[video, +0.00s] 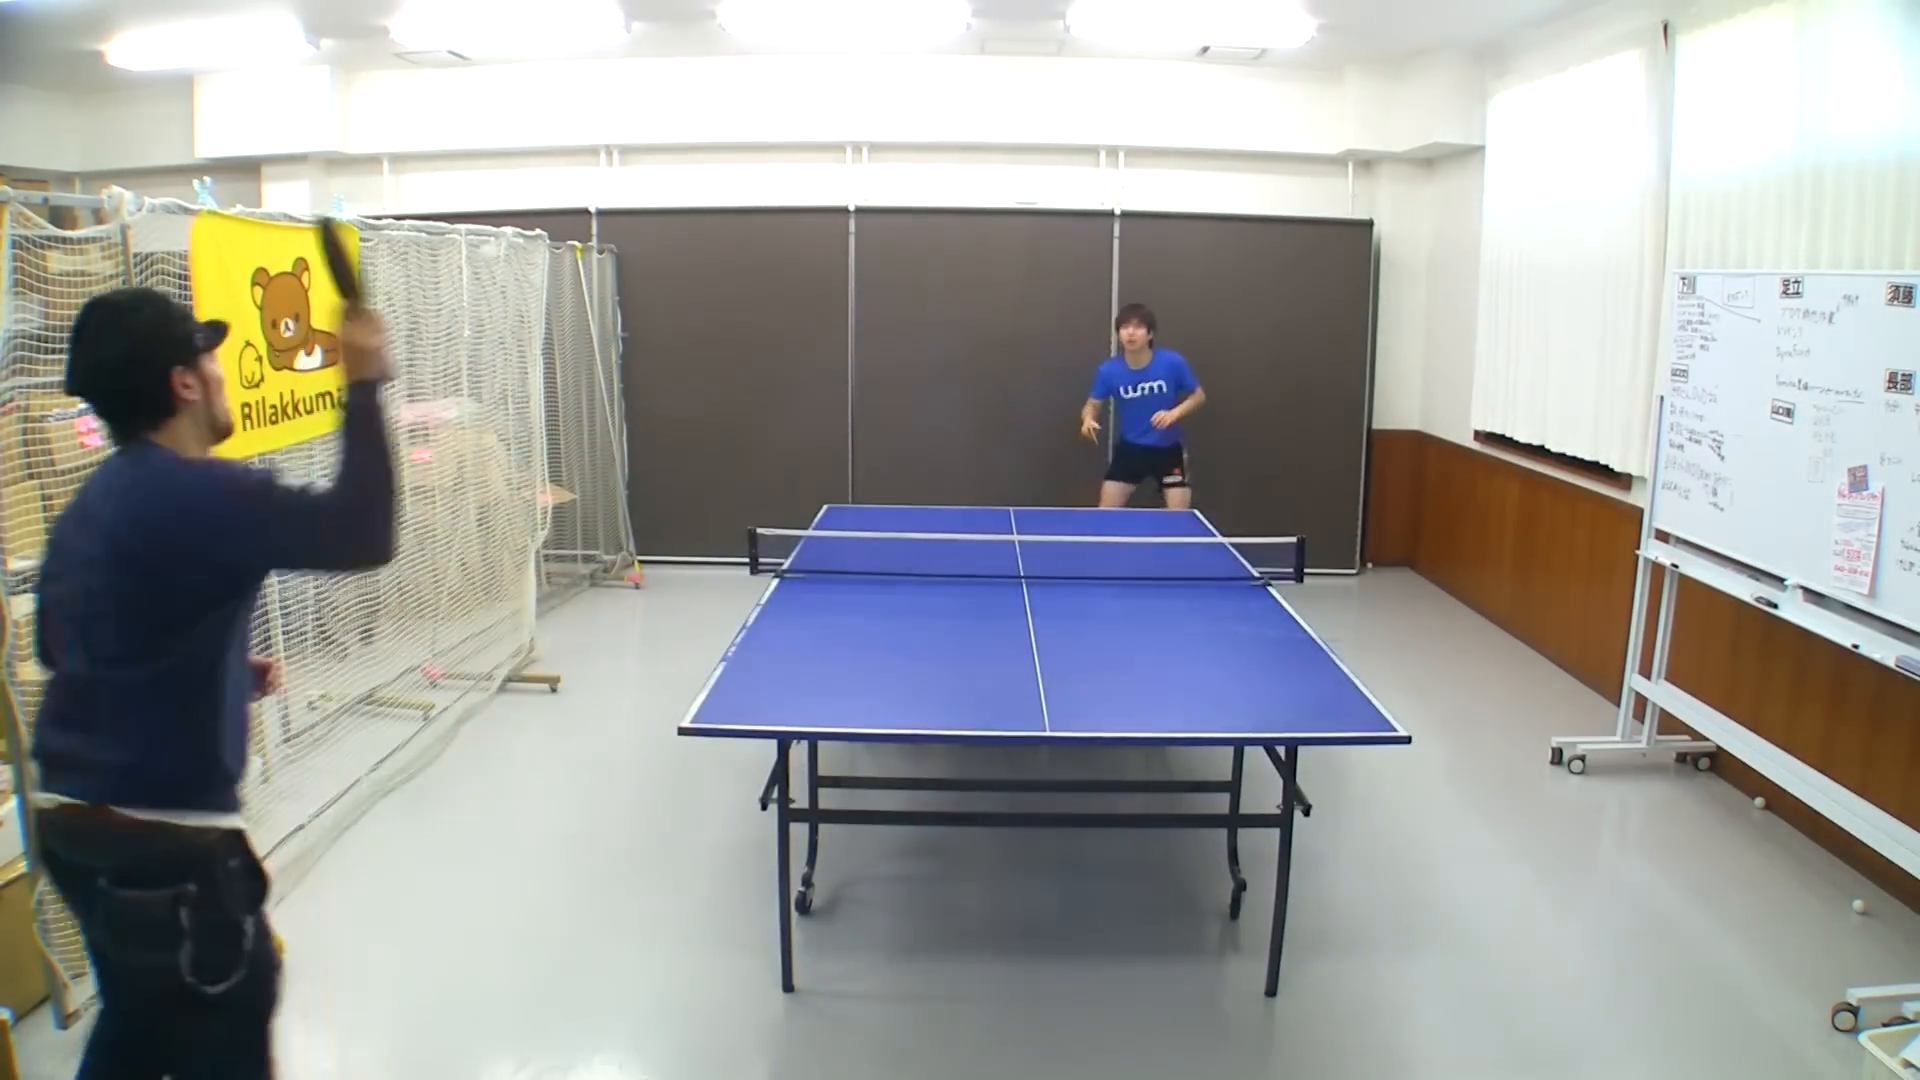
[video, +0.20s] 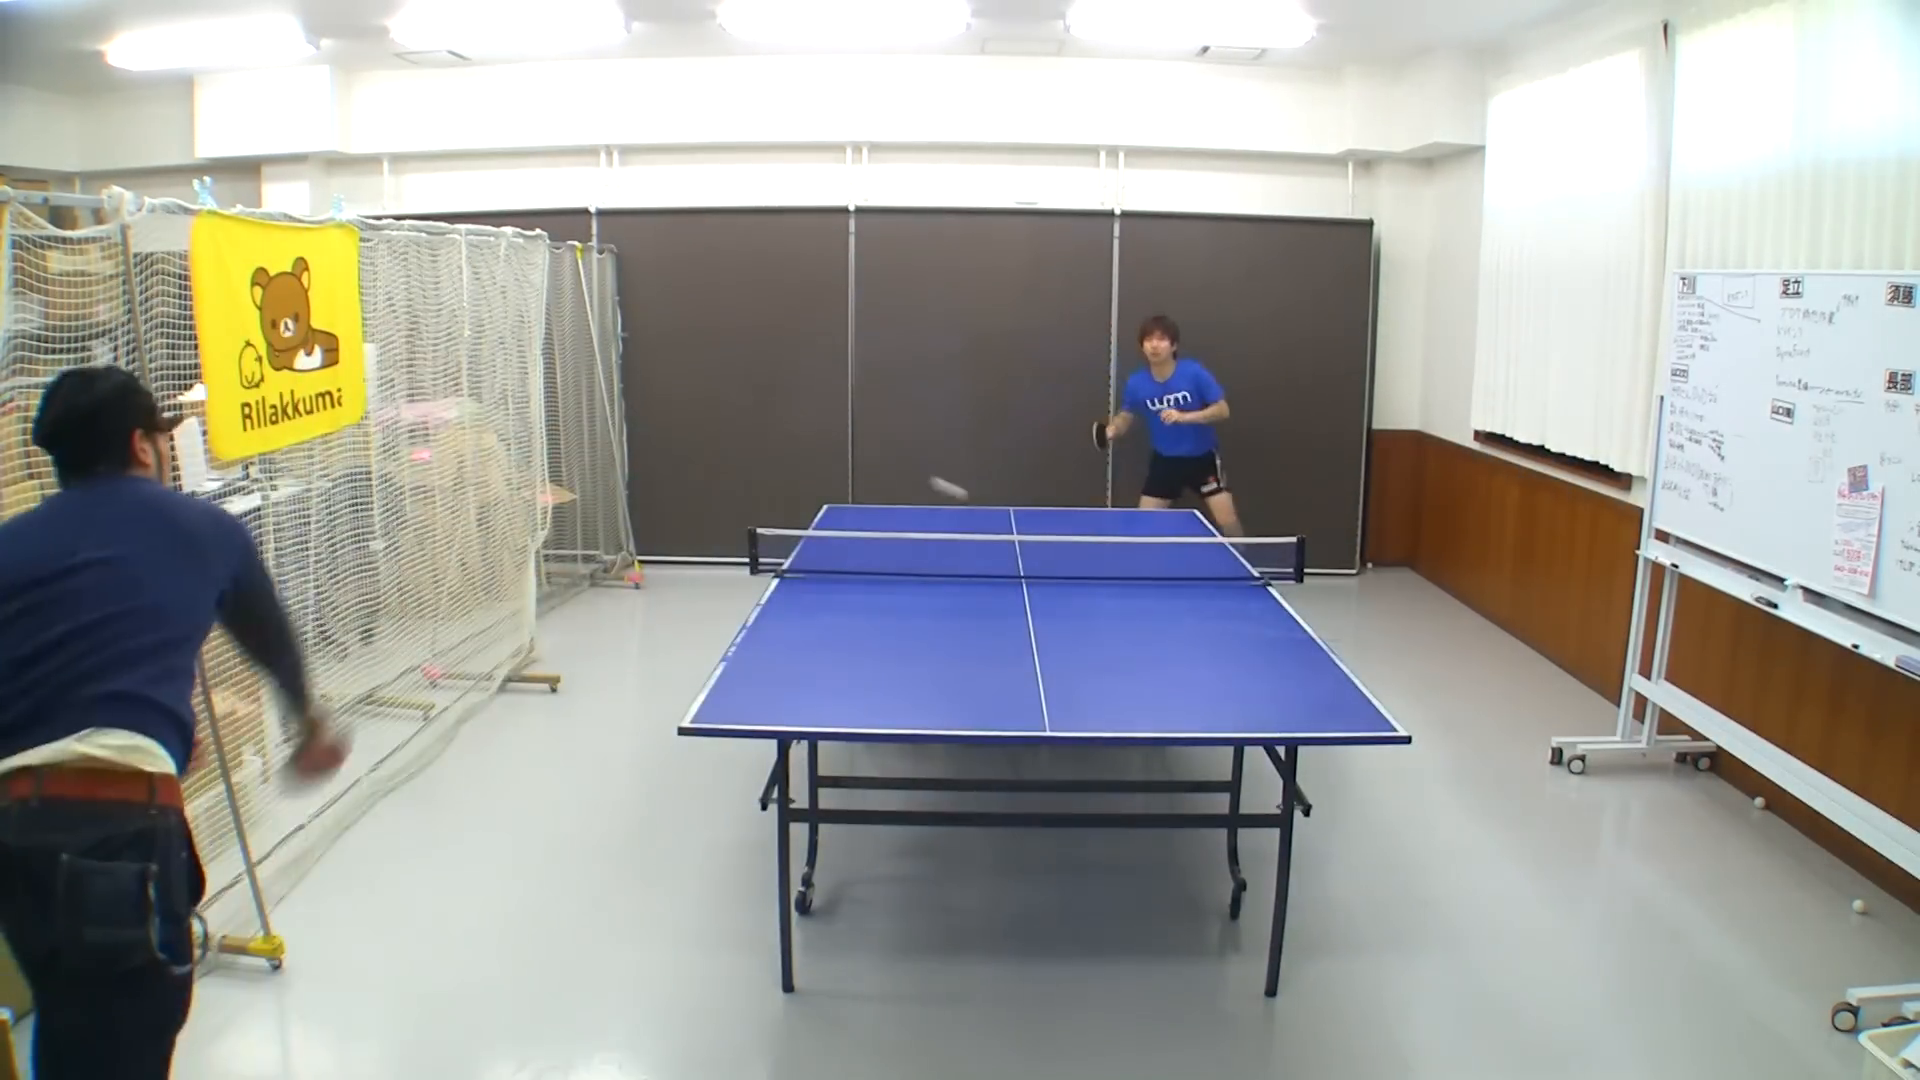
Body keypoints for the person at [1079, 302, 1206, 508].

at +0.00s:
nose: (1131, 333)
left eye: (1138, 327)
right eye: (1125, 327)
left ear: (1149, 334)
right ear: (1118, 333)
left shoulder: (1171, 362)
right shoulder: (1109, 370)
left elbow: (1199, 395)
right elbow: (1093, 403)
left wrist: (1173, 414)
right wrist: (1088, 419)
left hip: (1167, 449)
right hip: (1130, 449)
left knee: (1178, 519)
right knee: (1106, 514)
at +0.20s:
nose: (1154, 345)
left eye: (1161, 339)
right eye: (1149, 339)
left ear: (1174, 345)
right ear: (1142, 346)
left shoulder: (1193, 372)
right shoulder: (1136, 383)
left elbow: (1222, 410)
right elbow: (1126, 416)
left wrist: (1183, 417)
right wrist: (1112, 429)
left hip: (1201, 459)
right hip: (1164, 461)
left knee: (1227, 521)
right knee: (1145, 520)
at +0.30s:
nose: (1172, 356)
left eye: (1179, 350)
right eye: (1167, 351)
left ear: (1190, 354)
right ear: (1159, 357)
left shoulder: (1211, 385)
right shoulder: (1155, 392)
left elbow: (1234, 423)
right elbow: (1148, 425)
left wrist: (1196, 434)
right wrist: (1133, 438)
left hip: (1219, 468)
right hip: (1182, 470)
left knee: (1254, 527)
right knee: (1153, 522)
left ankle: (1283, 575)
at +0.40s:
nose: (1208, 358)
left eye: (1214, 352)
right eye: (1202, 353)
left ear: (1224, 357)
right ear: (1192, 359)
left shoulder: (1241, 387)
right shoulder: (1183, 394)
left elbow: (1266, 420)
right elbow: (1175, 425)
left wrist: (1249, 435)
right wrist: (1176, 445)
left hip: (1240, 473)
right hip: (1201, 473)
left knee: (1278, 527)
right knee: (1166, 522)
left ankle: (1301, 580)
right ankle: (1152, 583)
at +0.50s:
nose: (1260, 350)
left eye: (1265, 344)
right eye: (1253, 344)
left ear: (1273, 349)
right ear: (1241, 351)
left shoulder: (1285, 379)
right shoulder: (1227, 387)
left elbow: (1308, 410)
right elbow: (1217, 431)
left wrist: (1305, 413)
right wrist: (1253, 430)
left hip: (1271, 469)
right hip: (1233, 469)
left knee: (1301, 525)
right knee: (1193, 520)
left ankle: (1302, 579)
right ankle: (1168, 579)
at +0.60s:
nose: (1308, 335)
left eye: (1313, 329)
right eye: (1301, 329)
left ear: (1319, 334)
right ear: (1286, 335)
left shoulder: (1319, 363)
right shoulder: (1281, 363)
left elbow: (1340, 386)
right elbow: (1291, 394)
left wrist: (1361, 373)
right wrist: (1331, 376)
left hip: (1296, 456)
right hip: (1262, 452)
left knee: (1320, 522)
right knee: (1220, 514)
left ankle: (1303, 578)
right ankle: (1171, 557)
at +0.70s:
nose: (1344, 322)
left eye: (1349, 316)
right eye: (1336, 316)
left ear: (1355, 323)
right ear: (1321, 324)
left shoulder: (1341, 356)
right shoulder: (1319, 350)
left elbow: (1343, 372)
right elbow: (1343, 356)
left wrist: (1363, 378)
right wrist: (1377, 340)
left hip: (1322, 447)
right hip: (1293, 442)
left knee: (1350, 511)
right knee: (1252, 509)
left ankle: (1319, 566)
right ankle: (1211, 542)